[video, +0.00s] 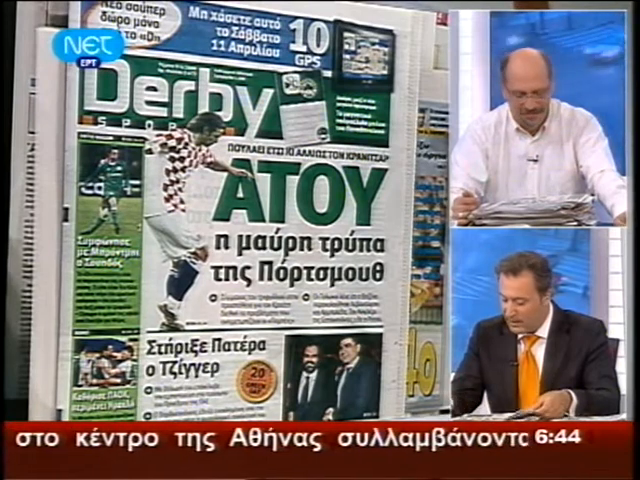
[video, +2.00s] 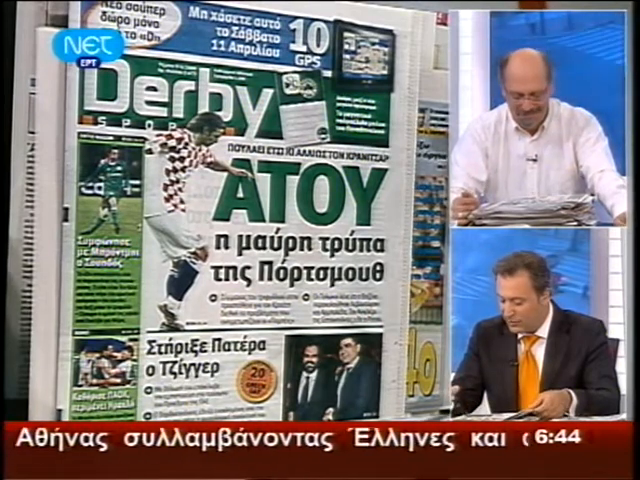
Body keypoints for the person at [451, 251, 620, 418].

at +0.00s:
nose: (509, 312)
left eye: (520, 302)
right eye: (505, 300)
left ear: (546, 297)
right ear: (499, 295)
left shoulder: (588, 333)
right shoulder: (486, 334)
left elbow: (610, 401)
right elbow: (461, 401)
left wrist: (570, 400)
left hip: (569, 451)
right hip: (505, 450)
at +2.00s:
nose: (507, 312)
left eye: (517, 302)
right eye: (502, 301)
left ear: (545, 297)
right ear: (497, 297)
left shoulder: (588, 332)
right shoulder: (486, 334)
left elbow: (610, 402)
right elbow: (463, 401)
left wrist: (569, 400)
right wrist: (451, 397)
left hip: (569, 452)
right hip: (505, 451)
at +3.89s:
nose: (509, 313)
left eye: (519, 304)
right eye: (504, 302)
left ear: (546, 297)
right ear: (498, 298)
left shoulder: (588, 333)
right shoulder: (487, 334)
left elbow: (610, 402)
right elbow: (461, 400)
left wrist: (569, 400)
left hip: (569, 451)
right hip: (505, 450)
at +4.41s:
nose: (509, 313)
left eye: (520, 304)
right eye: (504, 303)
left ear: (546, 297)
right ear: (499, 298)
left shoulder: (588, 333)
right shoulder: (487, 334)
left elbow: (610, 402)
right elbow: (461, 400)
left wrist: (569, 400)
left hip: (569, 451)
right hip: (506, 450)